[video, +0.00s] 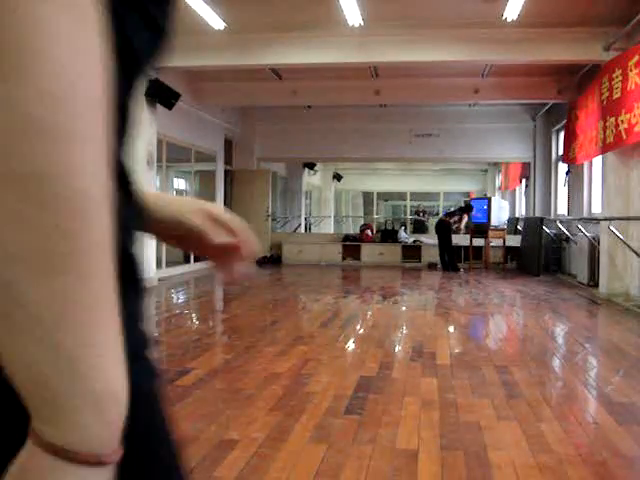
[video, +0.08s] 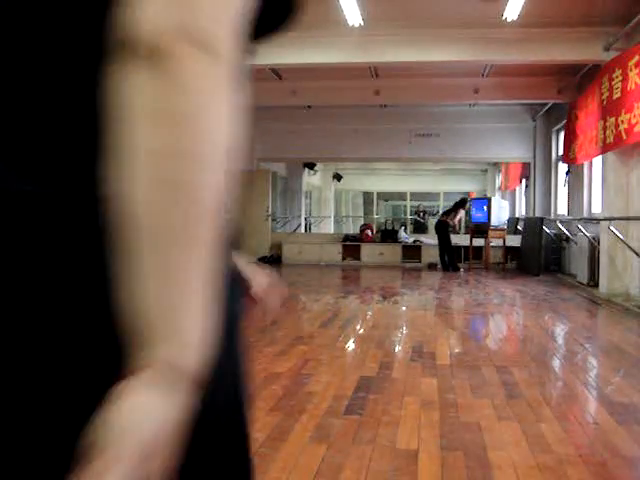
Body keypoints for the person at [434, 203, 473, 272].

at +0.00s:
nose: (470, 213)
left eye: (470, 211)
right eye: (470, 211)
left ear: (465, 207)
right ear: (469, 210)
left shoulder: (458, 211)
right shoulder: (464, 215)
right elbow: (461, 227)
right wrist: (461, 233)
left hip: (439, 223)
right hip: (446, 225)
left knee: (442, 248)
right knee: (449, 247)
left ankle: (445, 267)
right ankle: (453, 266)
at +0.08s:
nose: (466, 207)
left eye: (466, 205)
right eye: (466, 205)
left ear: (459, 202)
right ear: (464, 204)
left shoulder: (453, 208)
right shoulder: (460, 210)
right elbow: (455, 220)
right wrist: (456, 229)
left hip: (438, 223)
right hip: (444, 224)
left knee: (442, 247)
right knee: (448, 246)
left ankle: (445, 267)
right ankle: (454, 266)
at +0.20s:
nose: (463, 203)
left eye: (464, 201)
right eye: (463, 201)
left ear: (456, 199)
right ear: (460, 200)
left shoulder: (452, 206)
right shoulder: (455, 207)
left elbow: (444, 217)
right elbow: (449, 217)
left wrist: (452, 223)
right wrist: (455, 224)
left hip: (439, 225)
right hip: (442, 226)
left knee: (443, 246)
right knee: (447, 246)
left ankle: (445, 266)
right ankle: (453, 266)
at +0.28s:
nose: (459, 198)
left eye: (459, 196)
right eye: (458, 196)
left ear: (453, 197)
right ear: (455, 197)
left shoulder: (452, 204)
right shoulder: (451, 204)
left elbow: (446, 215)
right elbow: (444, 215)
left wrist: (452, 220)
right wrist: (452, 221)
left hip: (442, 224)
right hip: (441, 225)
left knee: (444, 245)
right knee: (444, 245)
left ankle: (445, 265)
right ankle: (445, 266)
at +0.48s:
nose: (454, 196)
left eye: (454, 194)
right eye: (452, 194)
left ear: (454, 196)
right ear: (449, 195)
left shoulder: (452, 205)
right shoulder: (445, 203)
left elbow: (448, 214)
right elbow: (438, 214)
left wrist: (451, 218)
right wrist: (448, 218)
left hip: (445, 223)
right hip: (440, 223)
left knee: (444, 245)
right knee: (440, 245)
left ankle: (445, 264)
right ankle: (434, 264)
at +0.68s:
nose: (440, 194)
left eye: (441, 192)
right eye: (438, 192)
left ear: (444, 194)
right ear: (436, 193)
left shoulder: (445, 205)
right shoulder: (432, 203)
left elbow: (449, 216)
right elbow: (425, 213)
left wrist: (444, 216)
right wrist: (436, 215)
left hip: (440, 223)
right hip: (432, 223)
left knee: (442, 245)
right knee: (430, 245)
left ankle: (445, 265)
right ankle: (426, 265)